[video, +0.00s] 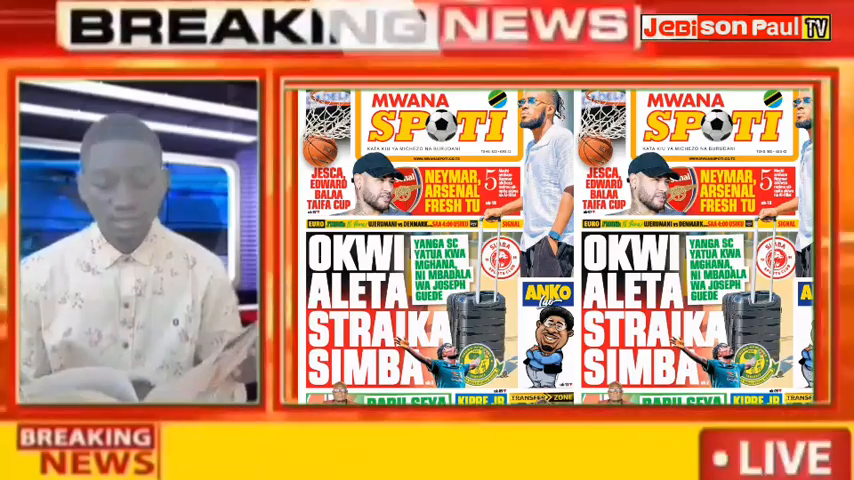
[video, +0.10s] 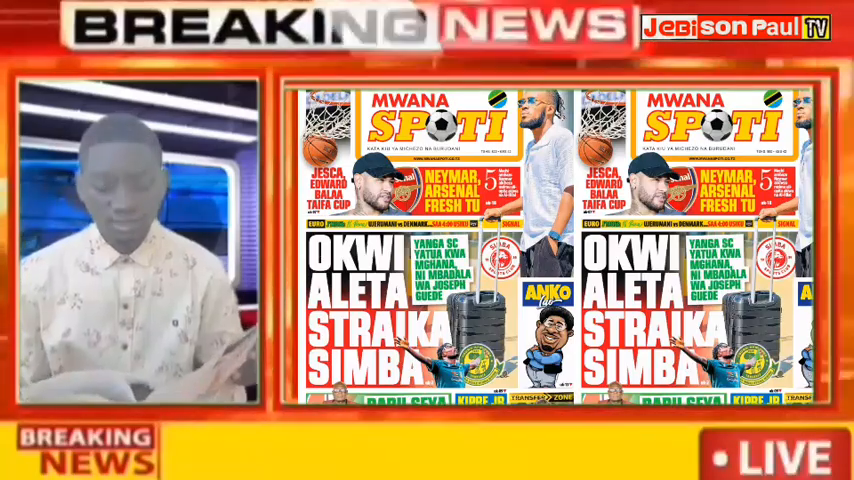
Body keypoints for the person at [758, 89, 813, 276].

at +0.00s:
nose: (799, 108)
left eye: (806, 101)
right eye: (797, 103)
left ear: (820, 107)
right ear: (794, 109)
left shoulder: (826, 148)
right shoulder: (806, 149)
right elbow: (805, 197)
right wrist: (776, 211)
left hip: (819, 240)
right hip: (803, 239)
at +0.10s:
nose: (799, 107)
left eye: (806, 101)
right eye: (797, 103)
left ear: (819, 107)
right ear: (794, 110)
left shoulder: (826, 148)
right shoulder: (806, 149)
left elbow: (830, 192)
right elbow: (805, 196)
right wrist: (776, 211)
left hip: (819, 239)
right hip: (803, 239)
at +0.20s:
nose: (799, 108)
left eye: (806, 101)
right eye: (797, 103)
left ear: (820, 107)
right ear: (794, 110)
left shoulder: (826, 148)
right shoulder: (806, 149)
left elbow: (831, 193)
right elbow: (805, 196)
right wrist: (776, 211)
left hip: (819, 240)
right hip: (803, 239)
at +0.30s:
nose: (799, 108)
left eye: (806, 101)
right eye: (797, 103)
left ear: (820, 107)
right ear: (794, 109)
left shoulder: (826, 148)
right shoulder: (806, 149)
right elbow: (805, 196)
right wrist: (777, 211)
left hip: (819, 240)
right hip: (803, 239)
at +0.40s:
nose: (799, 108)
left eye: (806, 101)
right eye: (797, 102)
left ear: (820, 107)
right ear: (794, 109)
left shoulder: (827, 148)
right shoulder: (806, 149)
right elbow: (805, 196)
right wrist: (777, 211)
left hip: (819, 239)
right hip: (803, 239)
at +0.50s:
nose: (799, 108)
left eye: (806, 102)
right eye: (797, 103)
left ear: (819, 107)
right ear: (794, 110)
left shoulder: (827, 148)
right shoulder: (806, 149)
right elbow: (805, 196)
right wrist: (776, 211)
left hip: (819, 239)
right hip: (803, 239)